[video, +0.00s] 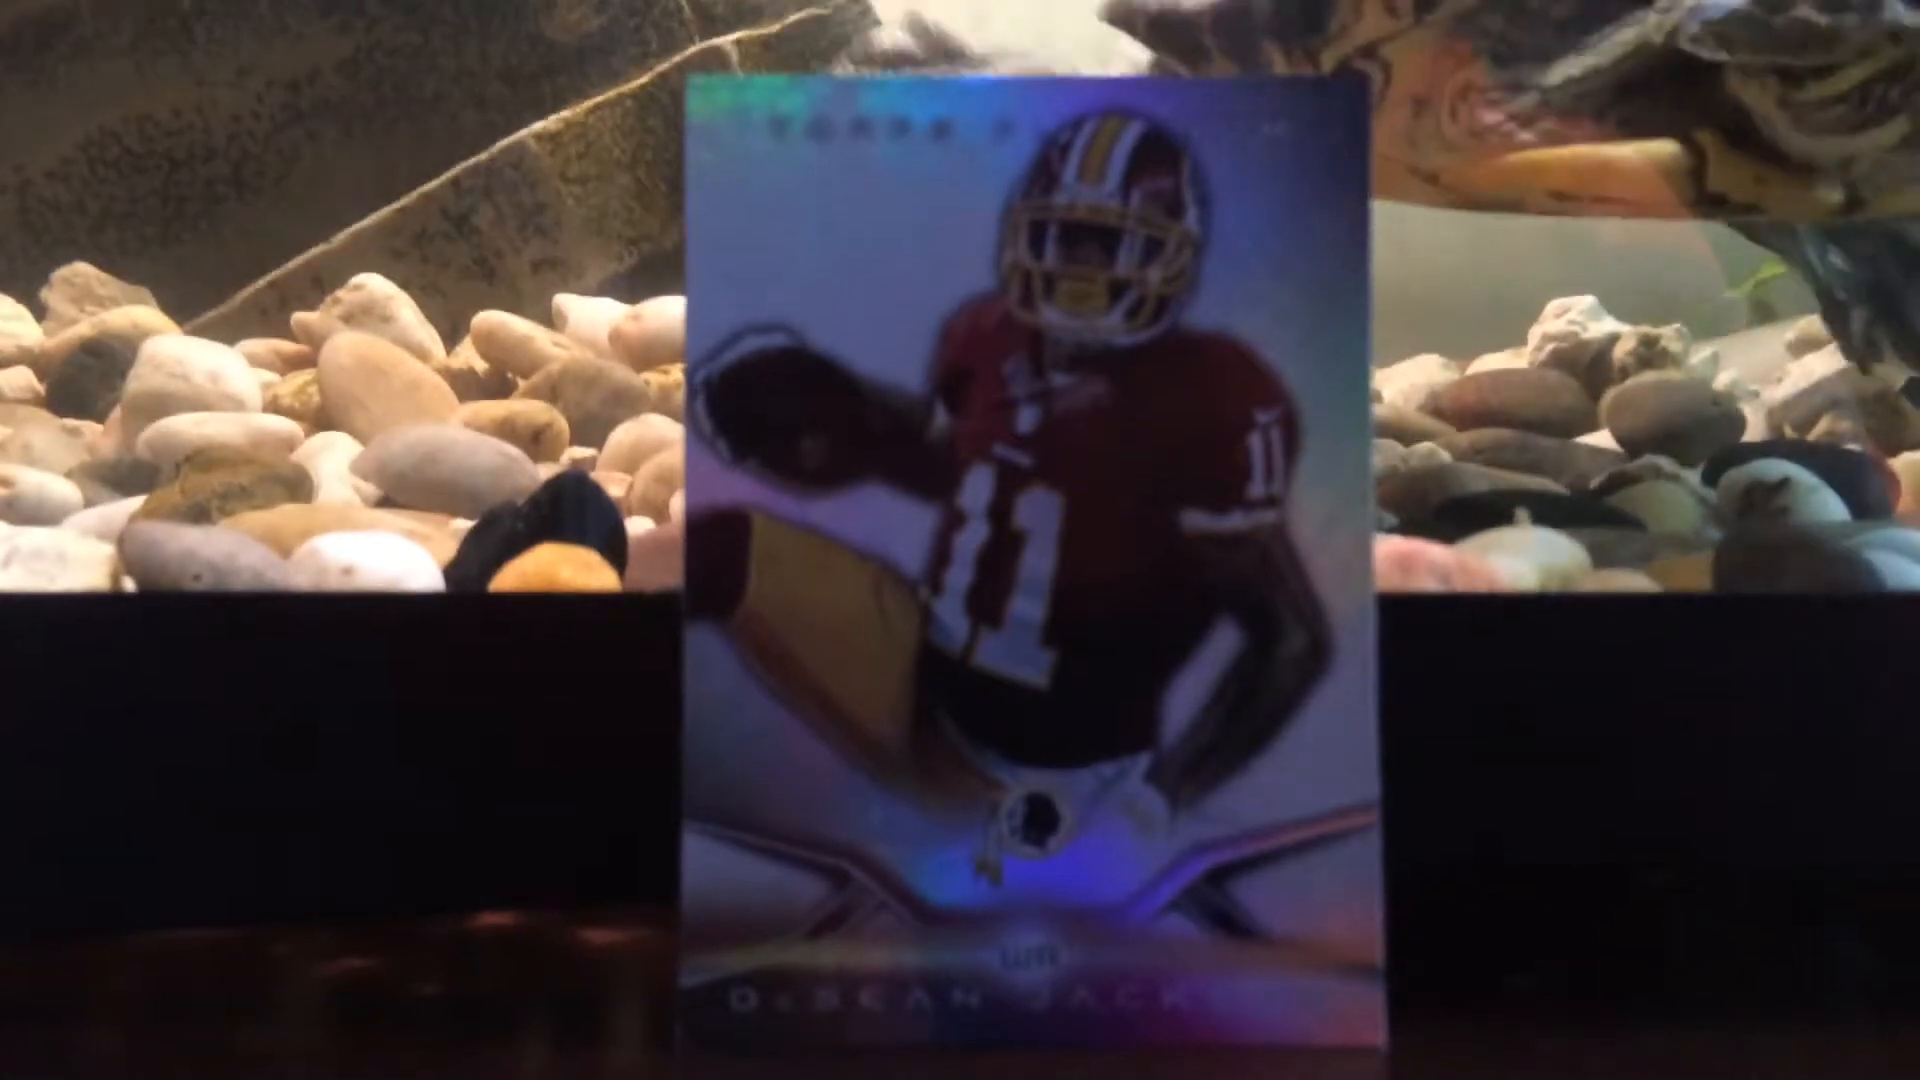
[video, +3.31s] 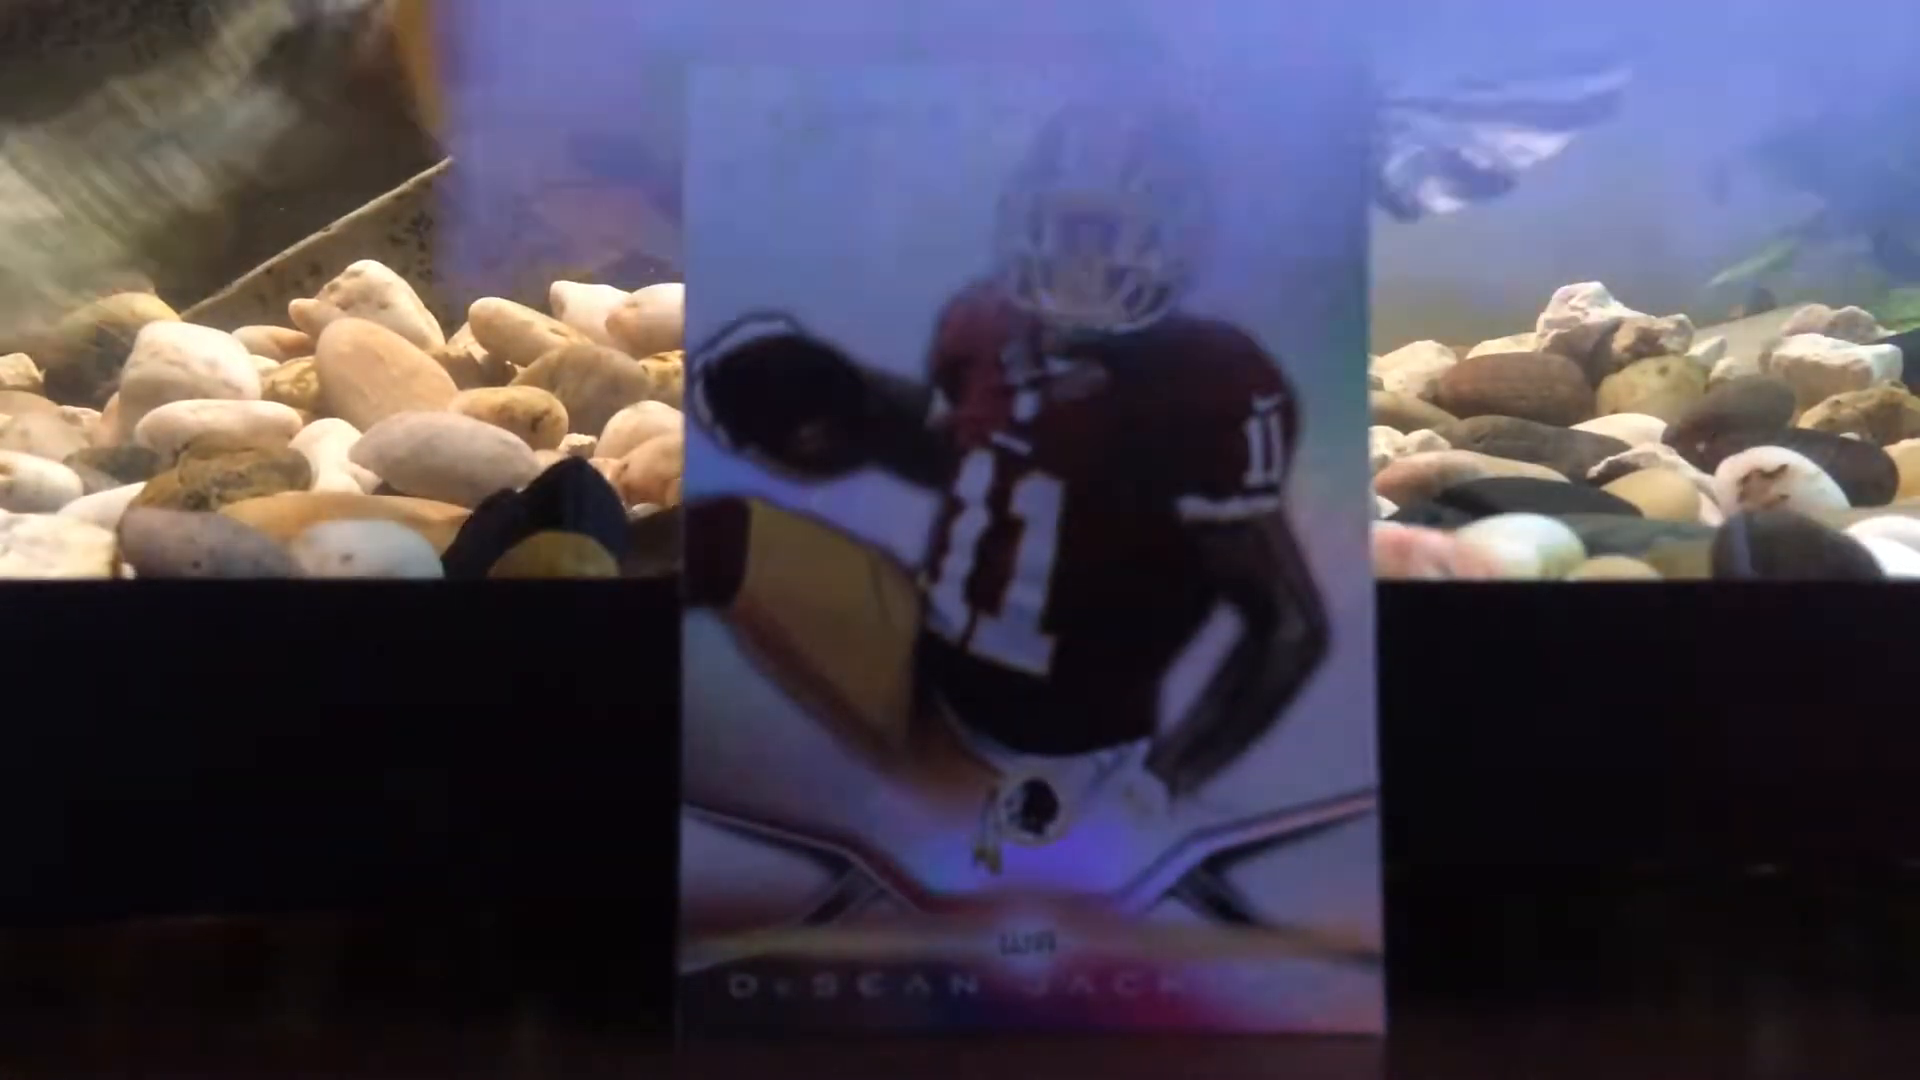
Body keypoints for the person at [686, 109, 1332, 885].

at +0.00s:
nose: (1082, 272)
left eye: (1116, 247)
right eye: (1063, 239)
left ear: (1175, 259)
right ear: (1022, 240)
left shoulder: (1217, 401)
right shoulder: (981, 341)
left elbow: (1293, 642)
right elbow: (961, 472)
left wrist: (1160, 799)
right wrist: (857, 432)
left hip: (1081, 768)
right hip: (932, 695)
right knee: (718, 550)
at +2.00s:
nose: (1080, 261)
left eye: (1114, 236)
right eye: (1062, 228)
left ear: (1174, 250)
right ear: (1023, 232)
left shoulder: (1211, 393)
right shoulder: (979, 331)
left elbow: (1292, 630)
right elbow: (962, 464)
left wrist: (1157, 791)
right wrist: (854, 416)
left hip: (1080, 761)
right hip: (934, 701)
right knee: (719, 543)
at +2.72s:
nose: (1081, 259)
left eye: (1116, 234)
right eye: (1062, 226)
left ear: (1175, 248)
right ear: (1021, 228)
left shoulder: (1215, 388)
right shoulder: (980, 328)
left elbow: (1291, 631)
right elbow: (961, 459)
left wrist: (1153, 792)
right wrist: (857, 415)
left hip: (1073, 763)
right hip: (926, 680)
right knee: (720, 537)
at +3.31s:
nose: (1095, 259)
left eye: (1125, 230)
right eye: (1072, 227)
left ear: (1176, 241)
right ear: (1026, 227)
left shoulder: (1212, 388)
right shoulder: (981, 328)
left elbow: (1291, 630)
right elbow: (954, 455)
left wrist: (1158, 786)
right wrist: (845, 406)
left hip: (1075, 767)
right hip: (924, 682)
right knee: (721, 537)